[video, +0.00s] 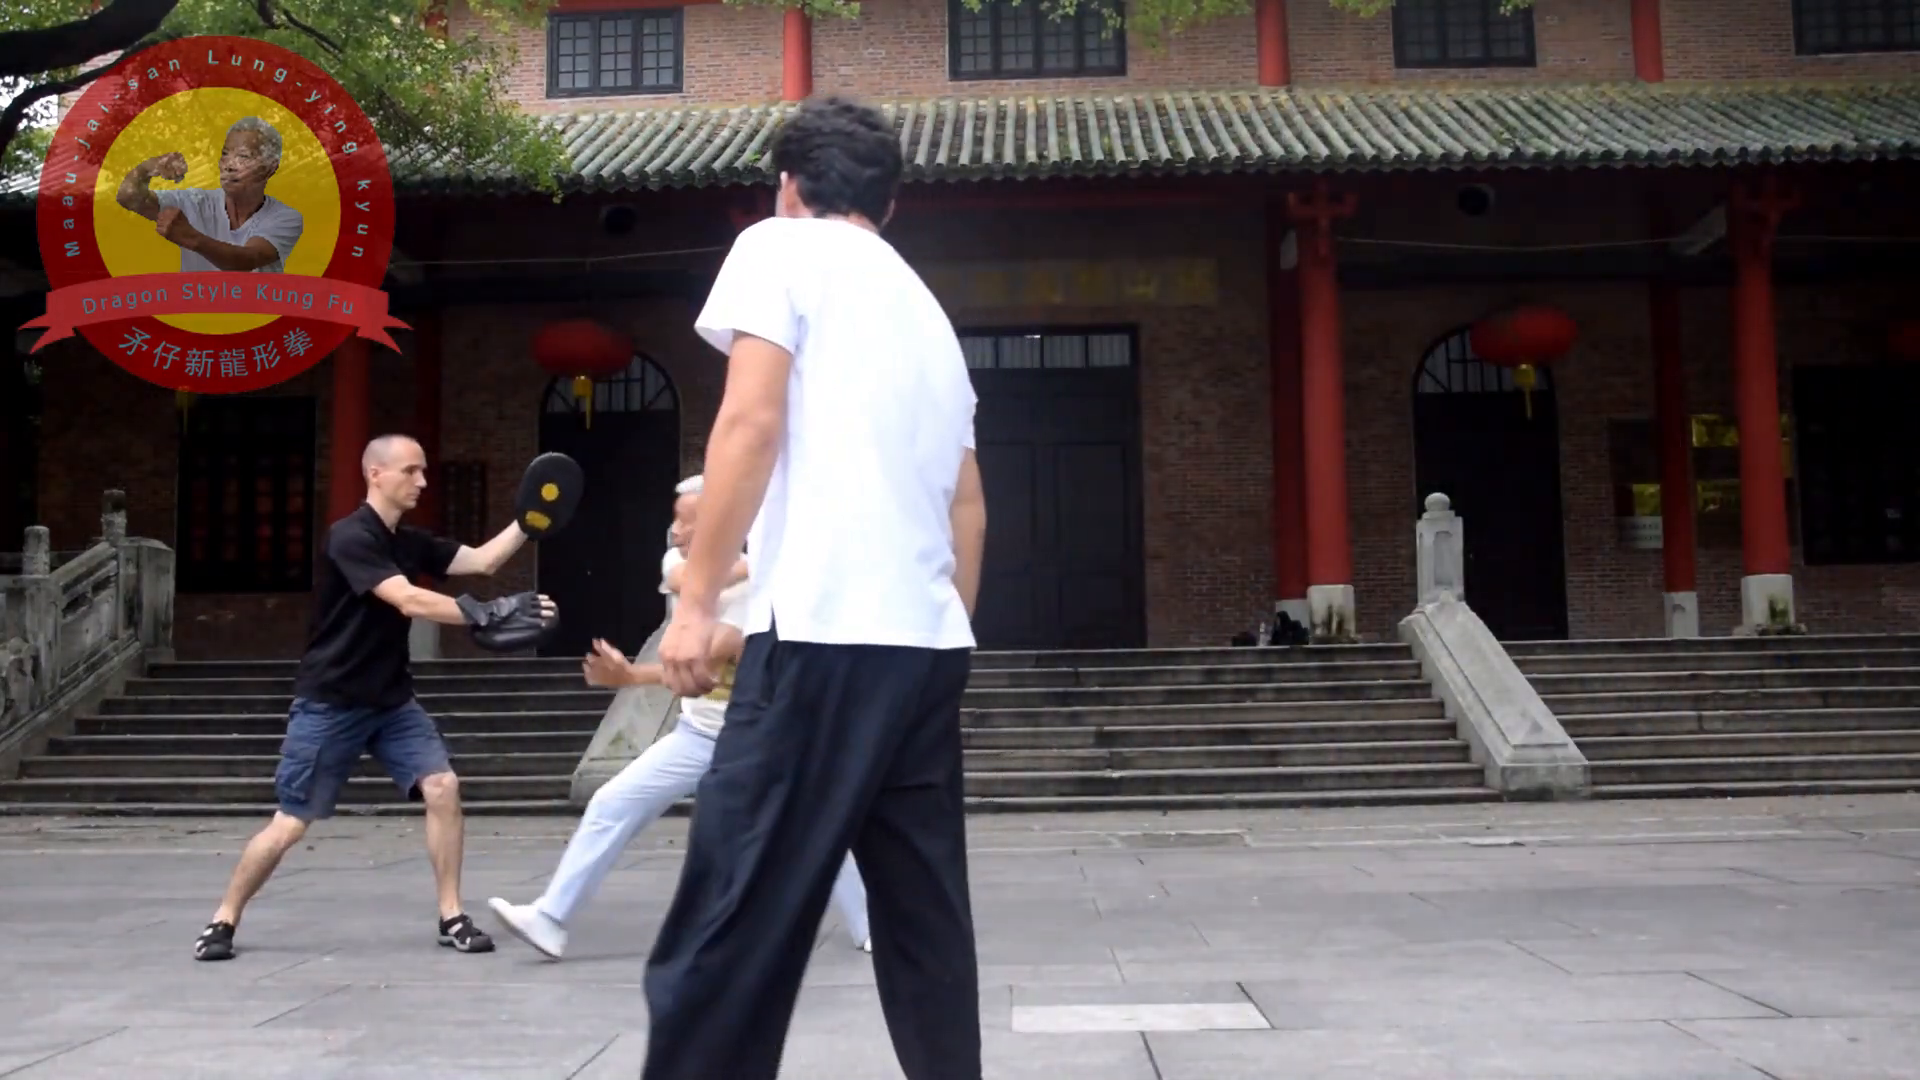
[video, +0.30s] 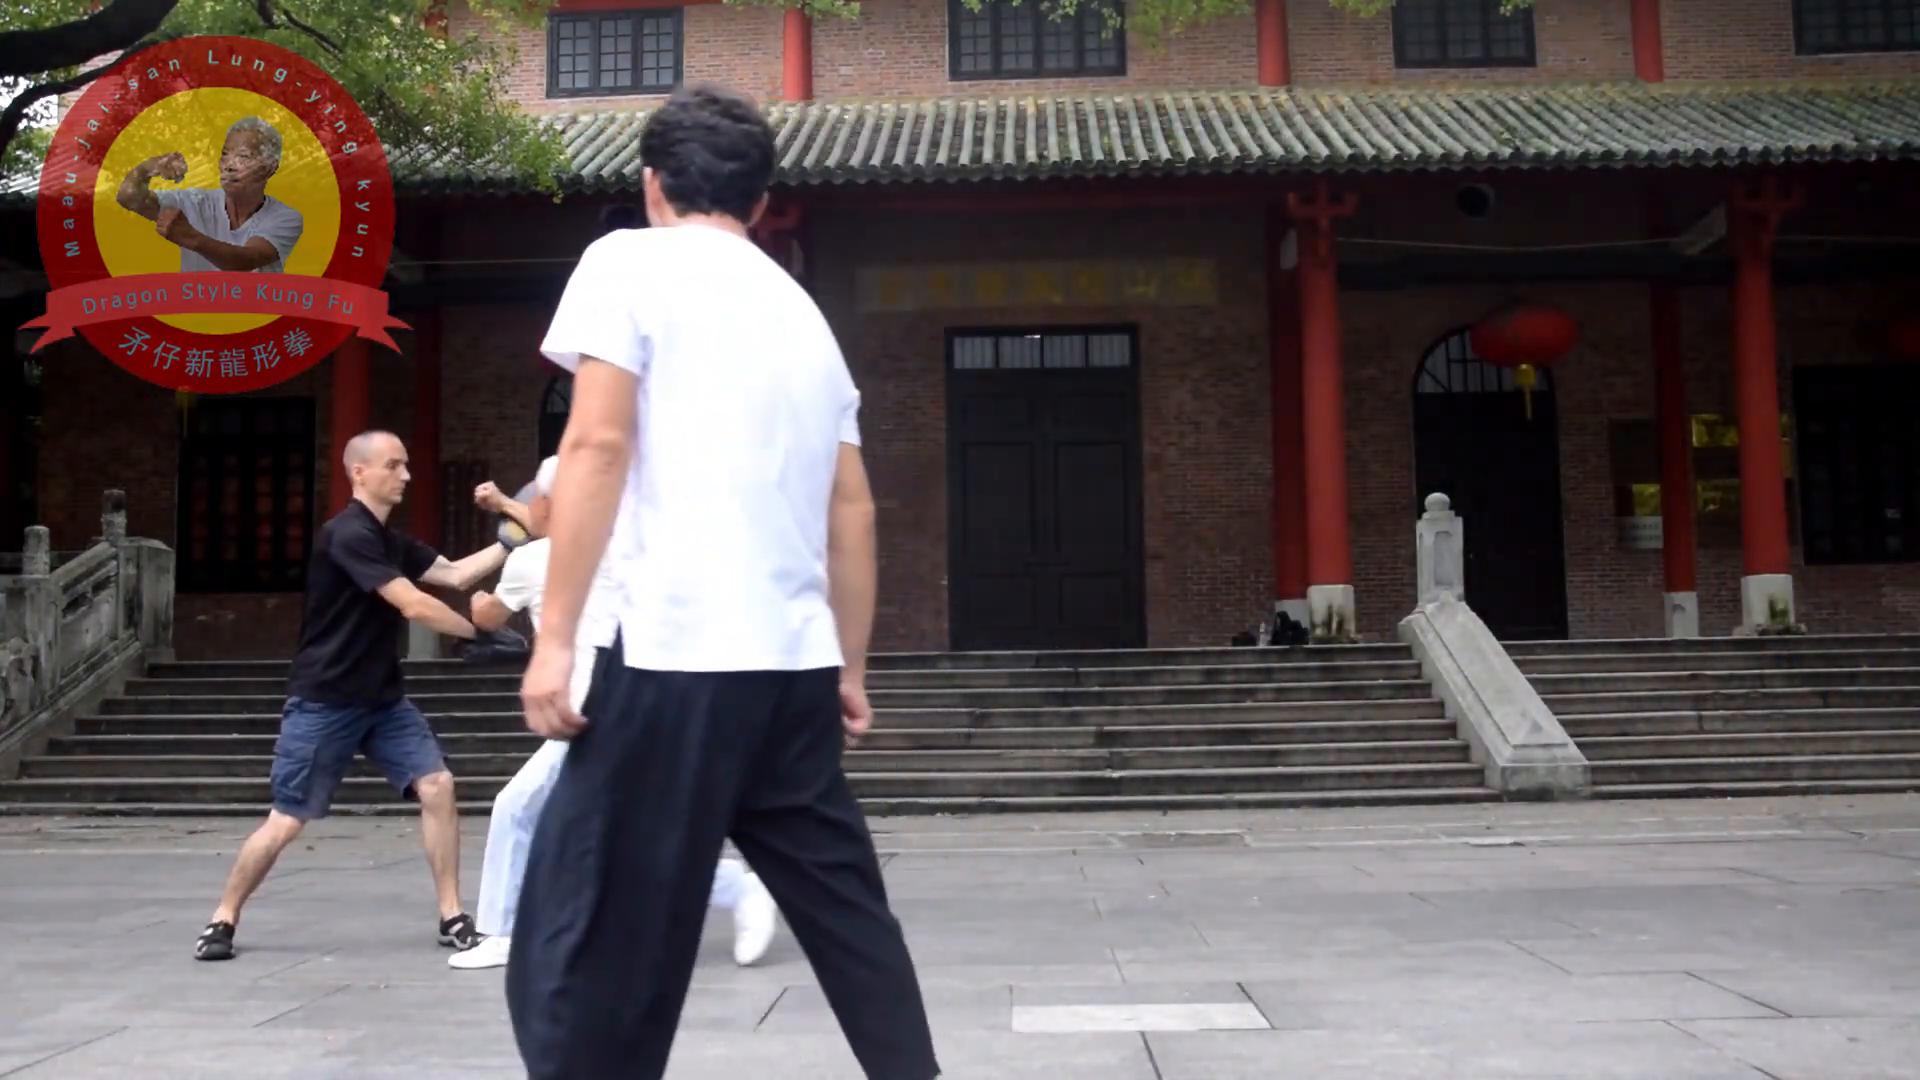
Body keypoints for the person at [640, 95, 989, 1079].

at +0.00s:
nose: (768, 203)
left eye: (769, 190)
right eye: (770, 192)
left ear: (790, 190)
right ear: (886, 202)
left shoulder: (779, 248)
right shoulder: (929, 315)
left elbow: (751, 419)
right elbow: (967, 503)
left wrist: (696, 601)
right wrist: (945, 633)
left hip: (821, 641)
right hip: (929, 648)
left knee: (734, 922)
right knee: (926, 922)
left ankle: (695, 1065)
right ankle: (949, 1071)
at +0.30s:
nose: (637, 190)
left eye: (641, 179)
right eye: (642, 179)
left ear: (654, 185)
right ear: (760, 205)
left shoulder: (626, 262)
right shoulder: (804, 314)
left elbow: (598, 444)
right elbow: (851, 502)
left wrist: (554, 637)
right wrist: (849, 661)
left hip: (666, 671)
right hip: (794, 672)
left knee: (592, 942)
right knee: (851, 922)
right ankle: (911, 1072)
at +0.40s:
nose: (584, 177)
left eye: (588, 165)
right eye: (589, 164)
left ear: (603, 173)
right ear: (706, 190)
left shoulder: (574, 253)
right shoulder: (755, 304)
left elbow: (537, 442)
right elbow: (804, 497)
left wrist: (487, 630)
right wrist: (795, 654)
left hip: (614, 659)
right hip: (739, 660)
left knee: (572, 917)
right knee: (789, 892)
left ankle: (565, 1073)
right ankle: (878, 1066)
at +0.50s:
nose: (539, 165)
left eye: (540, 153)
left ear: (553, 161)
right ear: (661, 176)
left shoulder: (524, 247)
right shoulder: (713, 291)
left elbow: (481, 441)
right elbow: (764, 480)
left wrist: (428, 623)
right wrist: (745, 639)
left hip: (574, 656)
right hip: (701, 653)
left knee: (544, 916)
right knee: (710, 883)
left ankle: (553, 1074)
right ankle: (821, 1064)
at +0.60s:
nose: (499, 164)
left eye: (500, 152)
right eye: (507, 151)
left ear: (512, 160)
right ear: (620, 169)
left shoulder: (483, 247)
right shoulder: (679, 288)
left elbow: (427, 446)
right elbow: (731, 476)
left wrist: (372, 628)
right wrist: (714, 636)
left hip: (548, 656)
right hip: (672, 651)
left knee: (522, 924)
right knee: (648, 887)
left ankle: (549, 1076)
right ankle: (735, 1064)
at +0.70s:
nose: (468, 169)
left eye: (468, 156)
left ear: (480, 163)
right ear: (590, 168)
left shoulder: (450, 251)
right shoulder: (652, 288)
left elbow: (394, 450)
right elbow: (707, 475)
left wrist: (336, 633)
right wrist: (697, 634)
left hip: (520, 656)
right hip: (647, 656)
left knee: (507, 932)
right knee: (610, 919)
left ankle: (537, 1074)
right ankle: (618, 1073)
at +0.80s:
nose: (443, 170)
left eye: (443, 158)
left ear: (450, 165)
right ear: (561, 170)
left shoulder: (426, 254)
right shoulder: (626, 292)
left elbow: (368, 450)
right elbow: (683, 476)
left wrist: (314, 637)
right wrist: (683, 640)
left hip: (493, 661)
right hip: (618, 661)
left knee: (497, 949)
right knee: (552, 941)